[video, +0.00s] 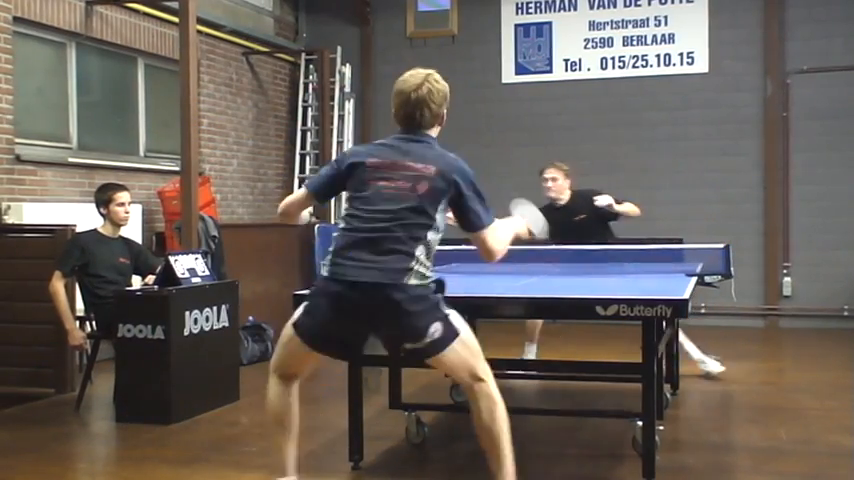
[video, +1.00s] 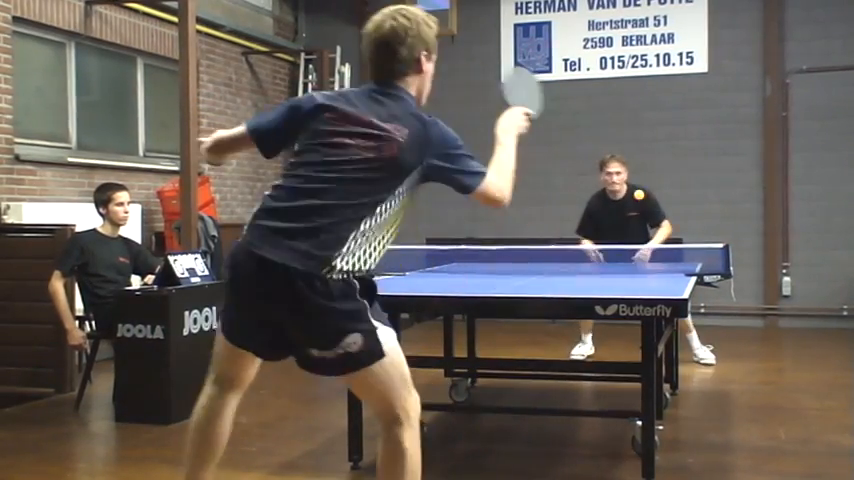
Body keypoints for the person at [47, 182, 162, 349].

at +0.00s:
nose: (127, 210)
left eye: (129, 205)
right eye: (121, 205)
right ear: (103, 209)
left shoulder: (131, 247)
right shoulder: (82, 242)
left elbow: (165, 269)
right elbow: (56, 284)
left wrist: (156, 277)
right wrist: (71, 330)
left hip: (135, 316)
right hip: (105, 321)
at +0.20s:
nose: (127, 210)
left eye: (128, 205)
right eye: (120, 205)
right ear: (103, 209)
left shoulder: (131, 247)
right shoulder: (82, 242)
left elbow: (164, 269)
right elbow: (56, 283)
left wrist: (156, 277)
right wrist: (72, 330)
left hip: (135, 318)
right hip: (105, 322)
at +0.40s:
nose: (127, 210)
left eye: (128, 205)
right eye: (120, 205)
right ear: (103, 209)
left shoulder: (131, 247)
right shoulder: (82, 242)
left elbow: (164, 269)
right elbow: (56, 283)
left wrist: (156, 277)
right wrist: (72, 330)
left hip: (135, 318)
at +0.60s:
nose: (127, 210)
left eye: (128, 204)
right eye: (120, 205)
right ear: (103, 209)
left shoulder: (130, 247)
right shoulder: (81, 242)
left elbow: (164, 270)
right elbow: (55, 283)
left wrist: (155, 277)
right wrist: (71, 329)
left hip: (135, 319)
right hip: (104, 323)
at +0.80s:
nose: (126, 210)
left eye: (128, 204)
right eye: (120, 205)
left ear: (130, 205)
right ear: (103, 209)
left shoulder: (130, 247)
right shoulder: (81, 242)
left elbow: (163, 269)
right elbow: (55, 283)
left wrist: (155, 277)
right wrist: (71, 329)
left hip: (136, 317)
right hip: (106, 321)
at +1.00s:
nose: (126, 210)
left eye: (128, 204)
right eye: (119, 205)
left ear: (130, 205)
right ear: (103, 209)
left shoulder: (130, 247)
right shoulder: (81, 242)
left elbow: (163, 270)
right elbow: (55, 283)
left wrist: (155, 278)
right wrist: (71, 329)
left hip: (135, 316)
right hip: (105, 320)